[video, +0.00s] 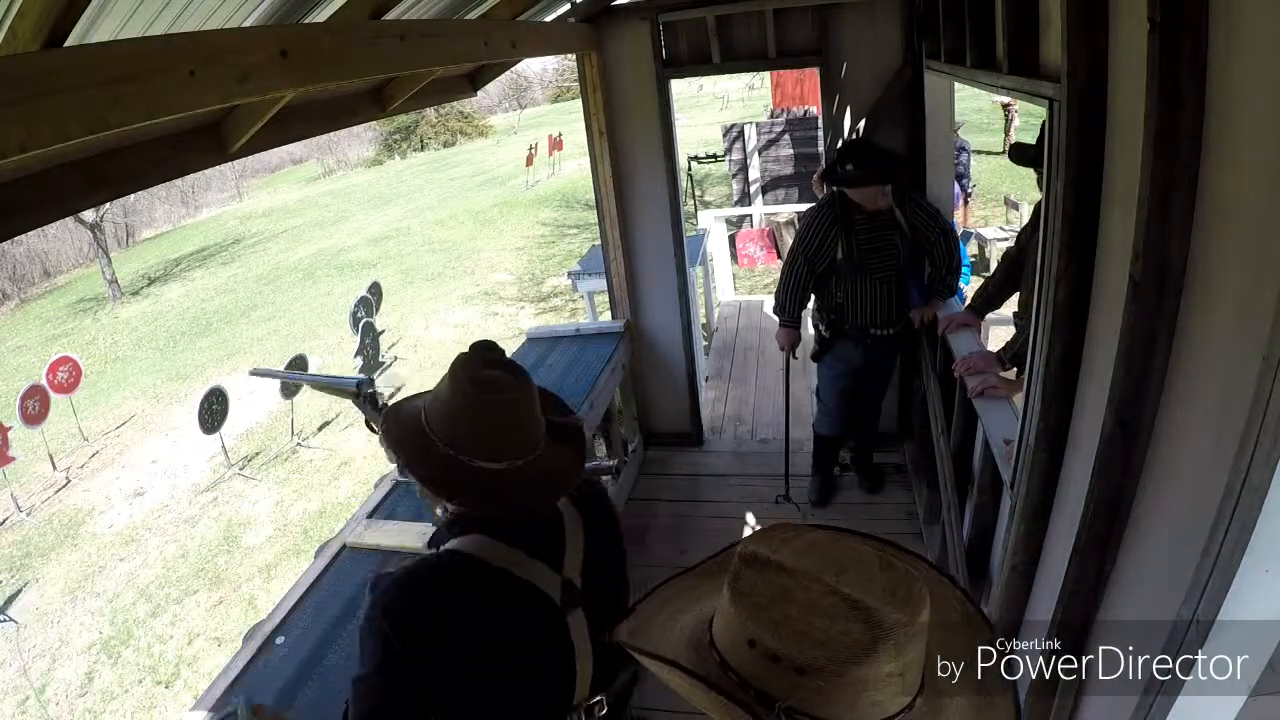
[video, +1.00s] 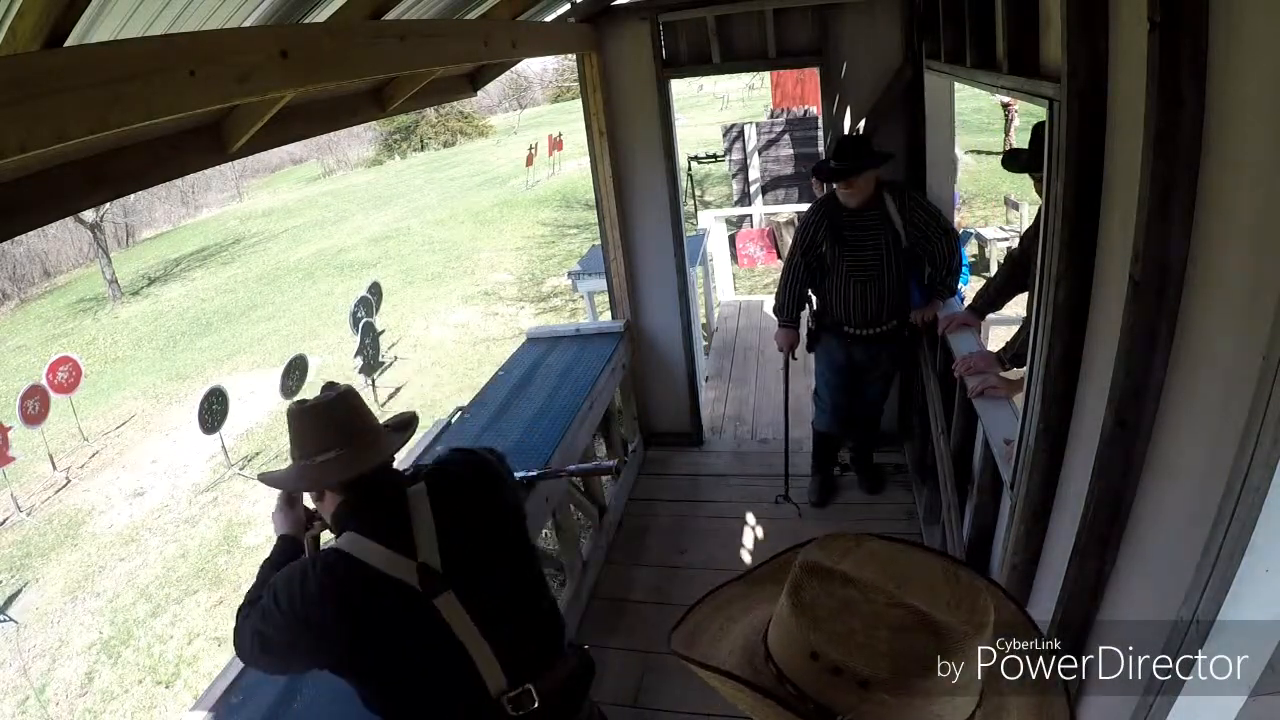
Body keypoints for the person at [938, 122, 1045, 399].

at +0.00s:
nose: (1036, 175)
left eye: (1042, 168)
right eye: (1037, 167)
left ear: (1062, 169)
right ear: (1039, 164)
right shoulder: (1047, 209)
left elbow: (1056, 304)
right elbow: (1018, 259)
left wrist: (1004, 357)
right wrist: (976, 310)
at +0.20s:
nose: (1035, 177)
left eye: (1041, 170)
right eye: (1034, 168)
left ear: (1061, 170)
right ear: (1034, 165)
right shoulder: (1046, 209)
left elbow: (1056, 304)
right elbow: (1018, 259)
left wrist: (1004, 357)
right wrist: (976, 310)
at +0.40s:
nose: (1034, 182)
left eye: (1038, 174)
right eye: (1032, 173)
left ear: (1058, 174)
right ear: (1033, 170)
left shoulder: (1066, 222)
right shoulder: (1046, 211)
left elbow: (1053, 305)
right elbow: (1018, 261)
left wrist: (1004, 357)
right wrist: (976, 310)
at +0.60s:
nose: (1033, 184)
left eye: (1037, 175)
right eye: (1031, 175)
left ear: (1057, 175)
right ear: (1033, 172)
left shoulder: (1067, 224)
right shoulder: (1048, 213)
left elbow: (1053, 305)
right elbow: (1019, 263)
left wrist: (1005, 357)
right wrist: (977, 310)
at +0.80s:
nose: (1034, 183)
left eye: (1039, 174)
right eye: (1032, 174)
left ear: (1058, 174)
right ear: (1033, 172)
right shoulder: (1050, 213)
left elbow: (1054, 305)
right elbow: (1020, 261)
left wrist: (1004, 357)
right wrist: (976, 310)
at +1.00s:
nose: (1035, 183)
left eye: (1040, 175)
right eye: (1033, 174)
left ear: (1059, 174)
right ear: (1033, 173)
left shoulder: (1071, 226)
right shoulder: (1050, 215)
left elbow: (1054, 306)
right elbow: (1020, 262)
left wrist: (1005, 357)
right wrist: (976, 310)